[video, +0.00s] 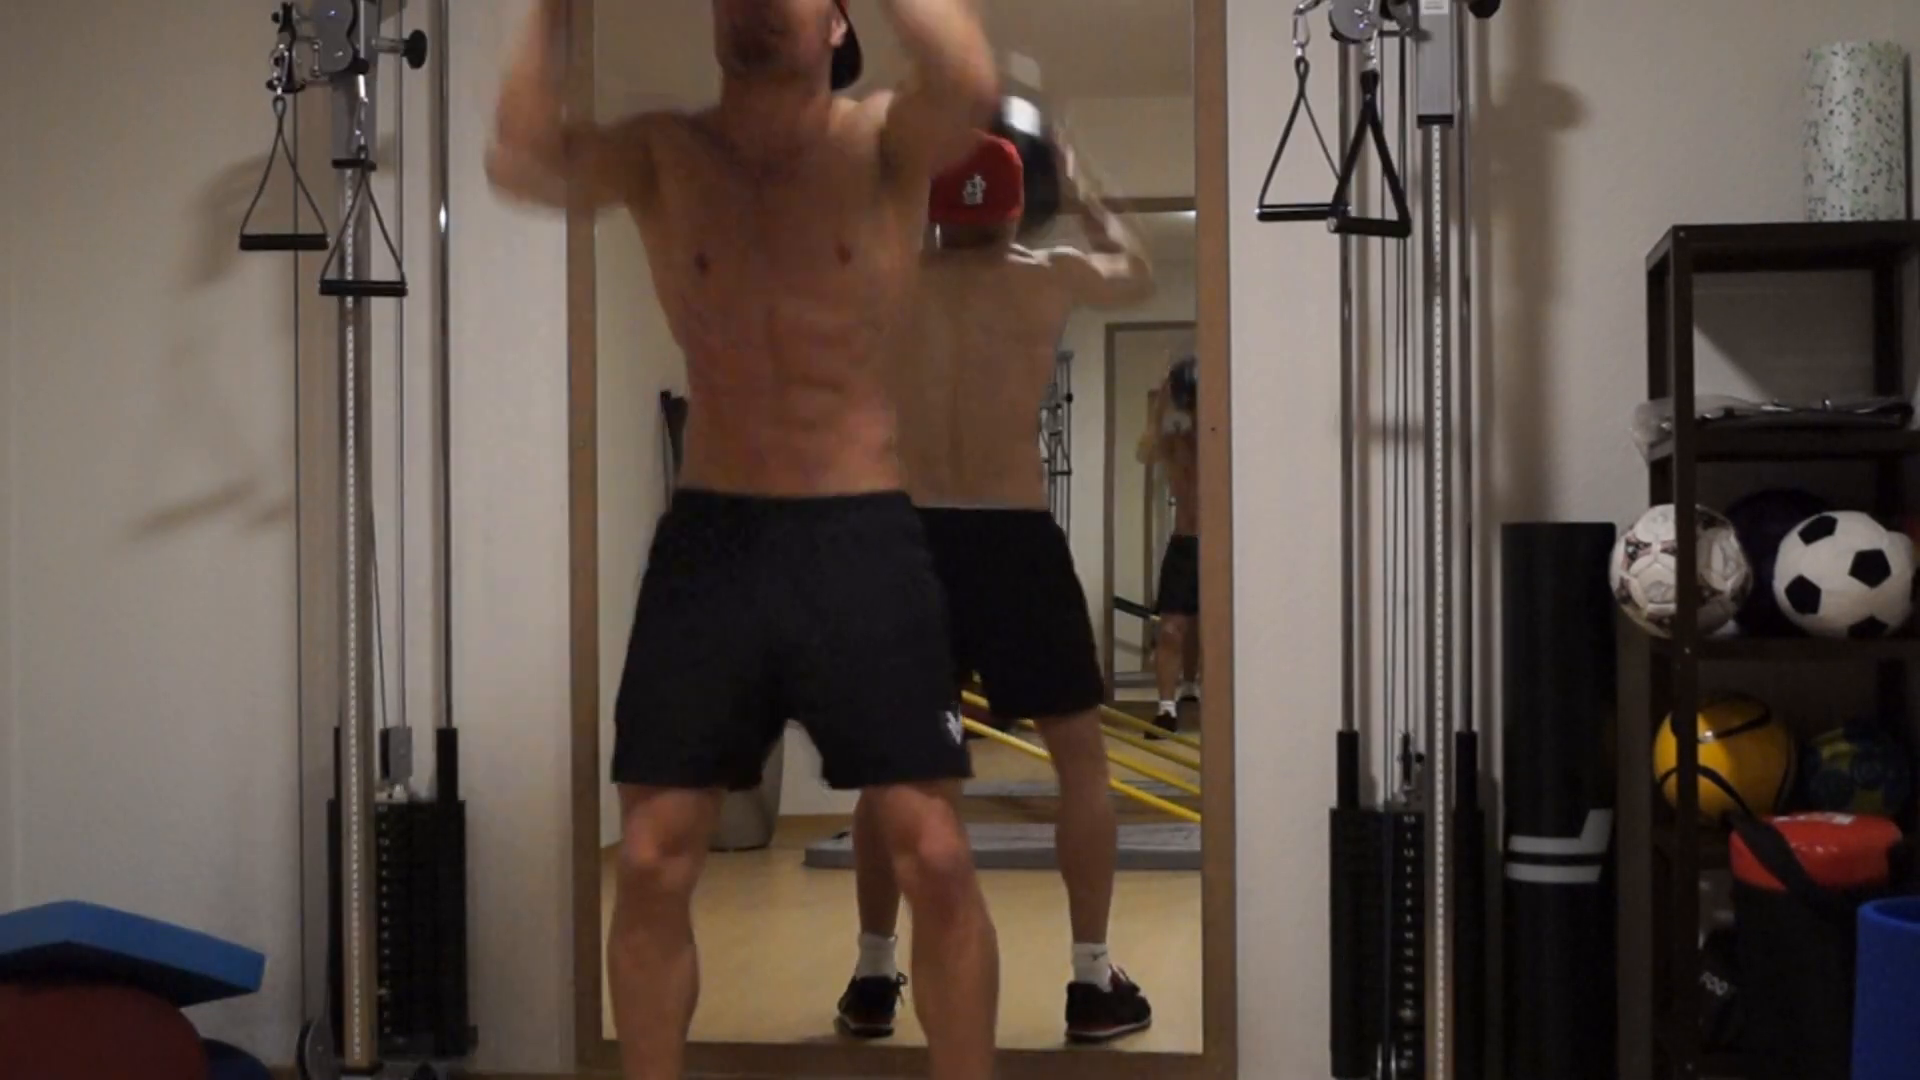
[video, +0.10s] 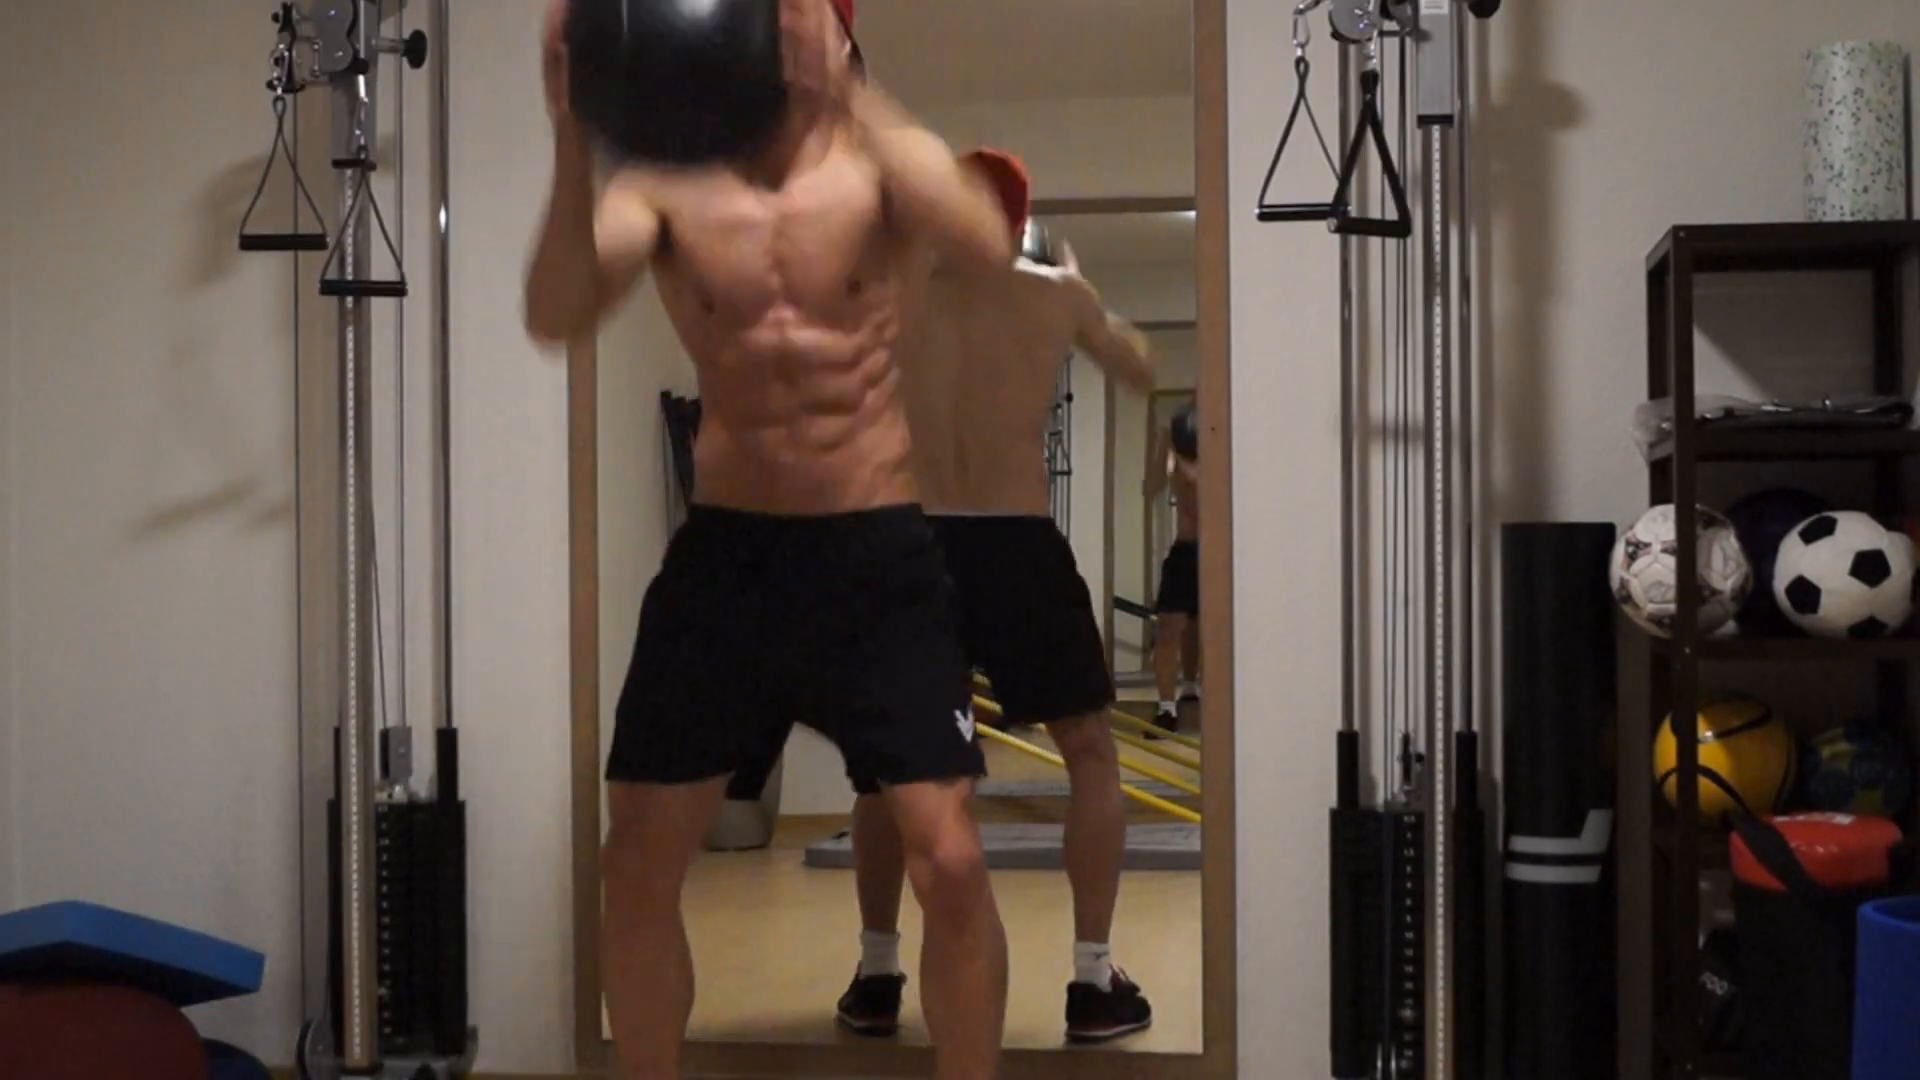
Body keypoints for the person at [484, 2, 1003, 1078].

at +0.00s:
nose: (753, 6)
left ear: (836, 24)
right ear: (713, 19)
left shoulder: (883, 142)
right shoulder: (661, 149)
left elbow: (967, 81)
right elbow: (521, 157)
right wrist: (557, 5)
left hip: (865, 537)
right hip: (711, 538)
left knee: (935, 858)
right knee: (651, 862)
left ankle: (962, 1070)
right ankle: (652, 1076)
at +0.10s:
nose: (782, 28)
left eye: (797, 10)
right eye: (761, 14)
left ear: (837, 28)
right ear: (720, 39)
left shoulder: (888, 154)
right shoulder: (666, 175)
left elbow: (987, 242)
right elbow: (554, 313)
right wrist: (574, 139)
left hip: (881, 557)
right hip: (726, 559)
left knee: (951, 867)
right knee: (638, 869)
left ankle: (969, 1071)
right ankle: (649, 1075)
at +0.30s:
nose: (745, 183)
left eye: (775, 158)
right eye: (725, 157)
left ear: (828, 183)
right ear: (700, 176)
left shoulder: (891, 320)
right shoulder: (651, 333)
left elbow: (944, 537)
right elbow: (640, 534)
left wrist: (877, 661)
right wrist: (621, 670)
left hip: (891, 621)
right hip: (738, 625)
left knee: (973, 880)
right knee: (607, 881)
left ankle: (977, 1068)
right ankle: (643, 1076)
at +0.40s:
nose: (736, 369)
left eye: (766, 339)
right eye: (713, 339)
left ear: (821, 337)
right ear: (688, 336)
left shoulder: (893, 461)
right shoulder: (654, 473)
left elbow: (915, 703)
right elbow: (651, 706)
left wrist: (884, 921)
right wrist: (638, 918)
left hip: (881, 683)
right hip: (741, 684)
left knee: (995, 885)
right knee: (585, 881)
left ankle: (980, 1071)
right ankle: (635, 1069)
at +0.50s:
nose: (739, 500)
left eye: (768, 468)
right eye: (714, 467)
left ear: (824, 450)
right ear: (688, 455)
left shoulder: (902, 566)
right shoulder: (648, 575)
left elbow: (911, 809)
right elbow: (657, 810)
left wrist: (894, 1032)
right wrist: (651, 1031)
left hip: (884, 722)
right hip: (740, 732)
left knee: (1001, 893)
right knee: (575, 892)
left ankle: (985, 1066)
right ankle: (616, 1065)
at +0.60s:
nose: (742, 624)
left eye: (772, 590)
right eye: (715, 589)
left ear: (826, 566)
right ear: (692, 570)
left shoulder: (904, 659)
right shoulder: (650, 661)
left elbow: (906, 895)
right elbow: (665, 892)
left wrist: (899, 1070)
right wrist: (662, 1068)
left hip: (885, 776)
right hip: (736, 782)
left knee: (1000, 903)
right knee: (572, 899)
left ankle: (995, 1071)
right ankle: (625, 1070)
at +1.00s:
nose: (755, 189)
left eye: (786, 166)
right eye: (736, 164)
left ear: (839, 193)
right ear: (710, 184)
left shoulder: (907, 332)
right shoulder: (663, 336)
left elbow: (969, 531)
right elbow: (637, 515)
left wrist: (888, 632)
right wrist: (641, 624)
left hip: (900, 614)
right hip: (740, 620)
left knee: (970, 875)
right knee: (631, 872)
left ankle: (976, 1070)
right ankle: (652, 1073)